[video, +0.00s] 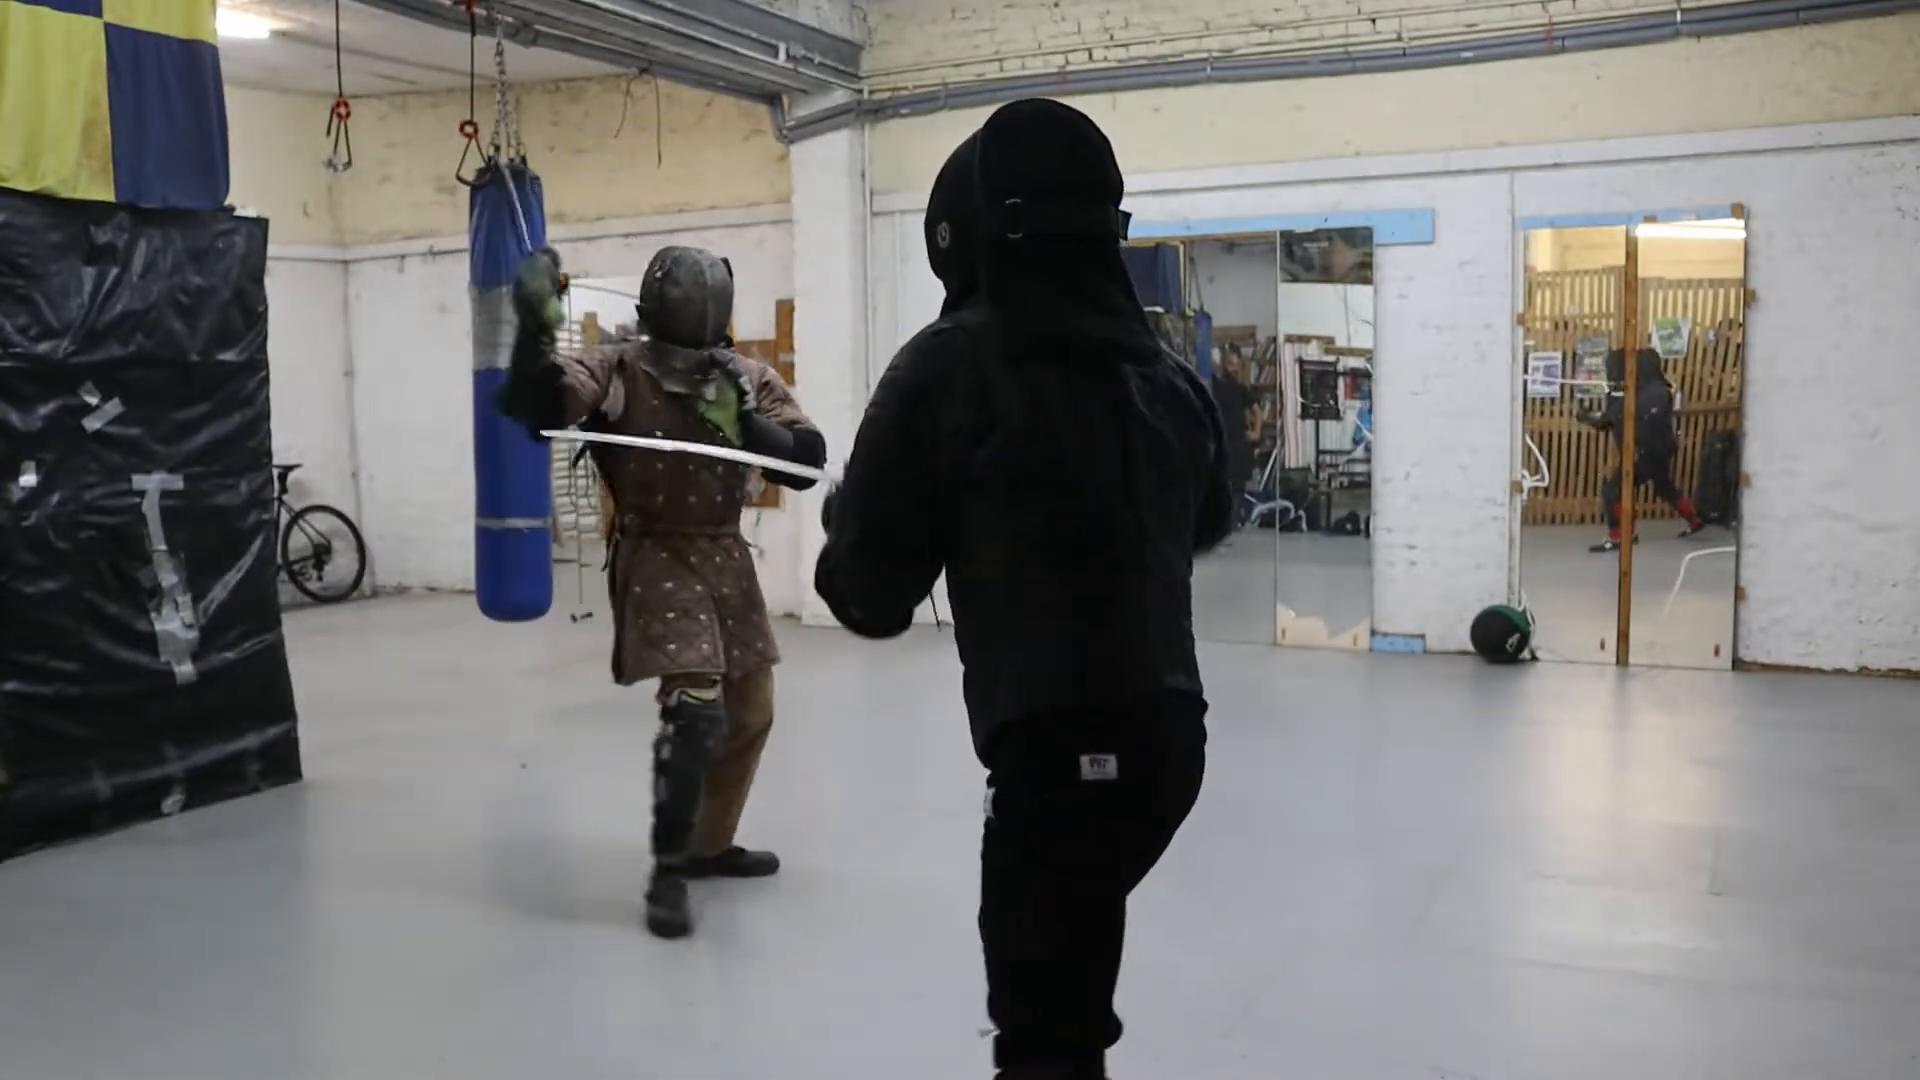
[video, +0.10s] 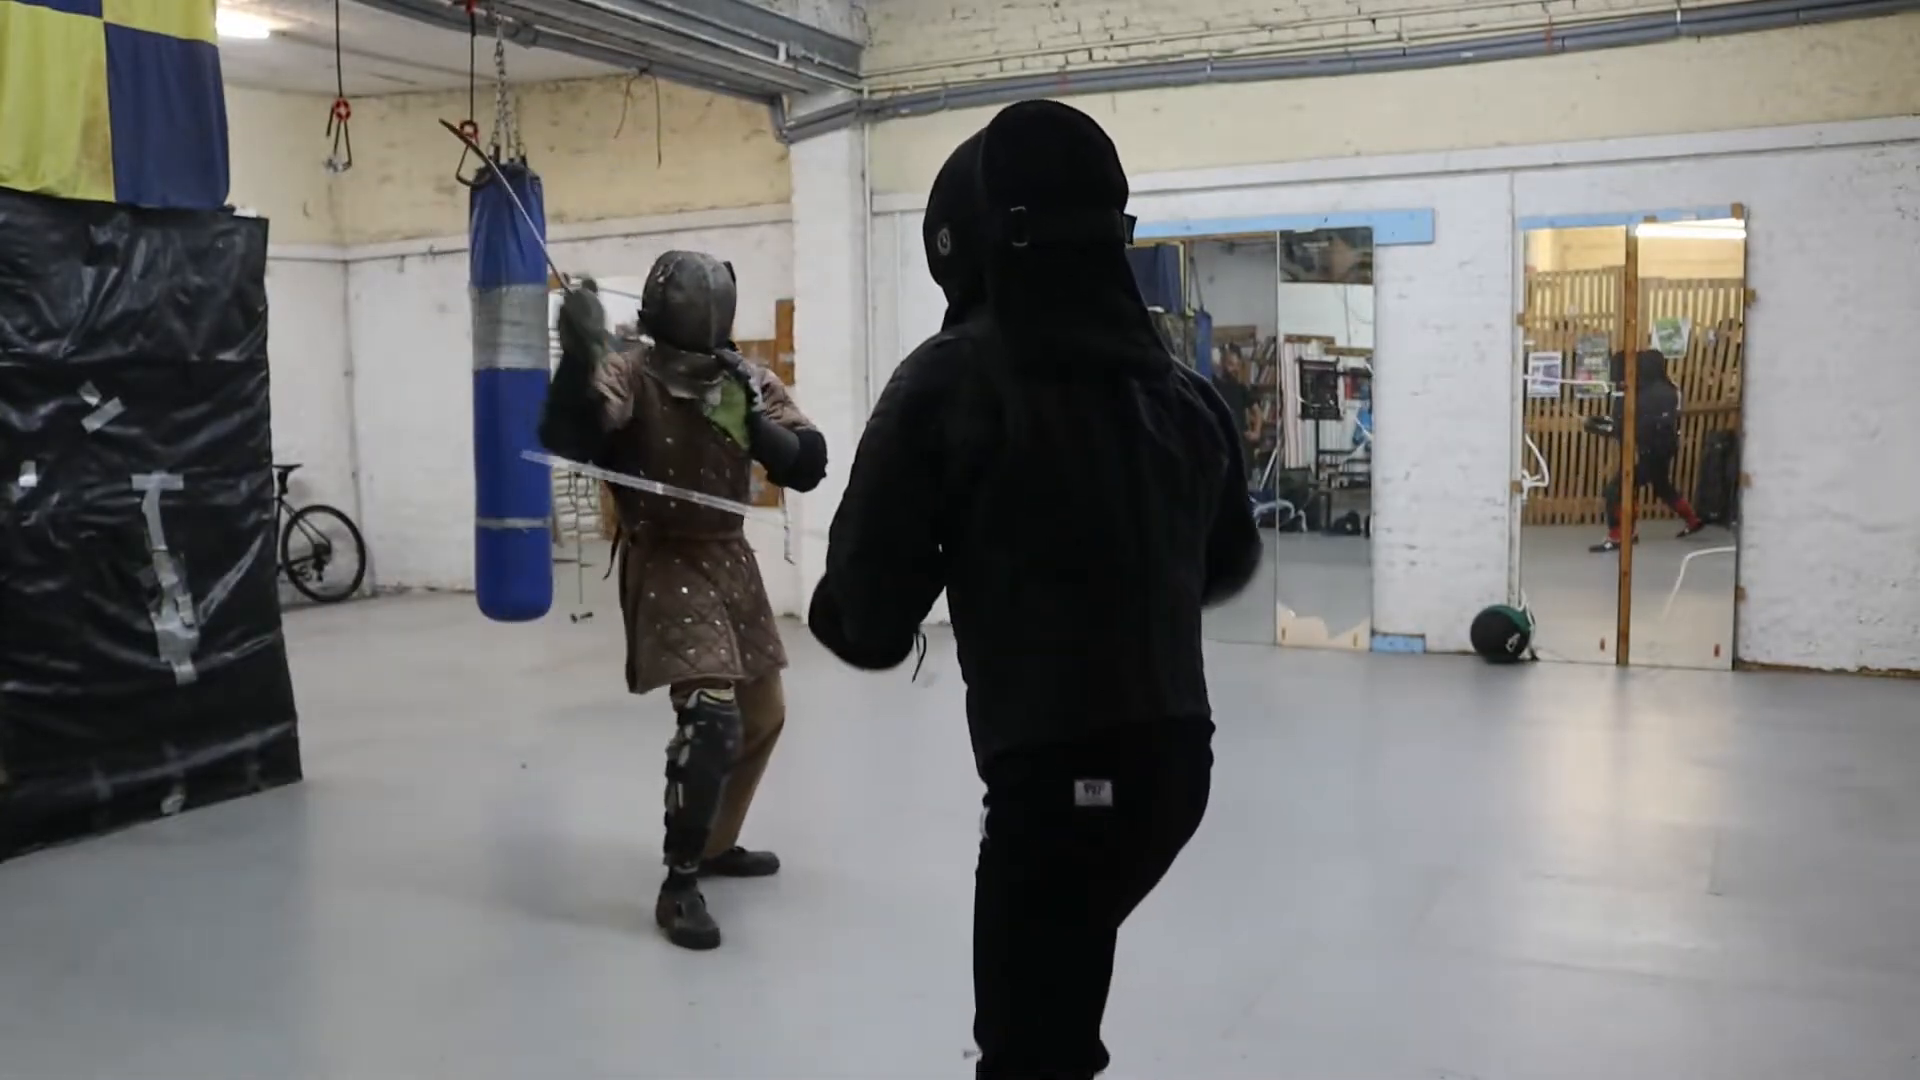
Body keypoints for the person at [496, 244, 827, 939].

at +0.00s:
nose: (689, 356)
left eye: (701, 341)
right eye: (676, 340)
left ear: (722, 324)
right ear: (651, 319)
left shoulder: (745, 377)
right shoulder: (617, 371)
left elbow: (810, 458)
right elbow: (536, 406)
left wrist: (745, 421)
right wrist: (536, 324)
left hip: (726, 554)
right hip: (655, 554)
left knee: (751, 713)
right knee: (697, 708)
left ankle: (710, 845)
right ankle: (668, 875)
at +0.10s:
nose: (695, 352)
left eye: (709, 337)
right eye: (682, 337)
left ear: (728, 326)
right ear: (657, 323)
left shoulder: (746, 378)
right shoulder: (631, 370)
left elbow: (811, 463)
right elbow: (568, 435)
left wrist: (752, 424)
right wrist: (579, 362)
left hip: (730, 551)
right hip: (664, 554)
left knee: (764, 714)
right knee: (712, 719)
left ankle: (714, 846)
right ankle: (679, 884)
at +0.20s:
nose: (701, 361)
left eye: (712, 345)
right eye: (686, 347)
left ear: (728, 329)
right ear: (654, 328)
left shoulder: (745, 377)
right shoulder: (628, 380)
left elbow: (807, 465)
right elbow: (609, 475)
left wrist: (755, 429)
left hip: (729, 552)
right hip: (666, 554)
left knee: (767, 719)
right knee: (715, 721)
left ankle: (716, 847)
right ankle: (678, 889)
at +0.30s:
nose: (702, 369)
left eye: (713, 353)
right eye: (686, 355)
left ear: (726, 337)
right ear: (654, 339)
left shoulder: (742, 385)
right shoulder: (628, 401)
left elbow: (805, 465)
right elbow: (655, 516)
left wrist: (750, 446)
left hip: (731, 567)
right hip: (667, 572)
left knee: (771, 724)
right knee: (711, 732)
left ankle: (717, 846)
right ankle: (675, 901)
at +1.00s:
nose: (716, 353)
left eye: (728, 336)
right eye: (701, 336)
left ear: (741, 325)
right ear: (668, 327)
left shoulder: (746, 388)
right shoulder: (634, 379)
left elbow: (804, 478)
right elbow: (665, 470)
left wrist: (768, 488)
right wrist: (745, 473)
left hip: (730, 578)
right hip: (664, 583)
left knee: (756, 726)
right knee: (717, 741)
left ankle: (715, 847)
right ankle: (670, 908)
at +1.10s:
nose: (715, 317)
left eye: (727, 300)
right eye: (697, 303)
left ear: (746, 303)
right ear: (665, 310)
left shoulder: (755, 388)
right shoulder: (648, 375)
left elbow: (812, 451)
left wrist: (781, 461)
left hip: (736, 574)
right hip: (667, 578)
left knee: (743, 741)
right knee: (746, 749)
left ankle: (683, 862)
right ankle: (667, 889)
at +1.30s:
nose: (761, 363)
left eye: (757, 347)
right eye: (748, 347)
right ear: (718, 360)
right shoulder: (682, 439)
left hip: (711, 623)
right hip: (697, 628)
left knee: (755, 765)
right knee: (773, 795)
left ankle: (679, 876)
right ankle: (682, 969)